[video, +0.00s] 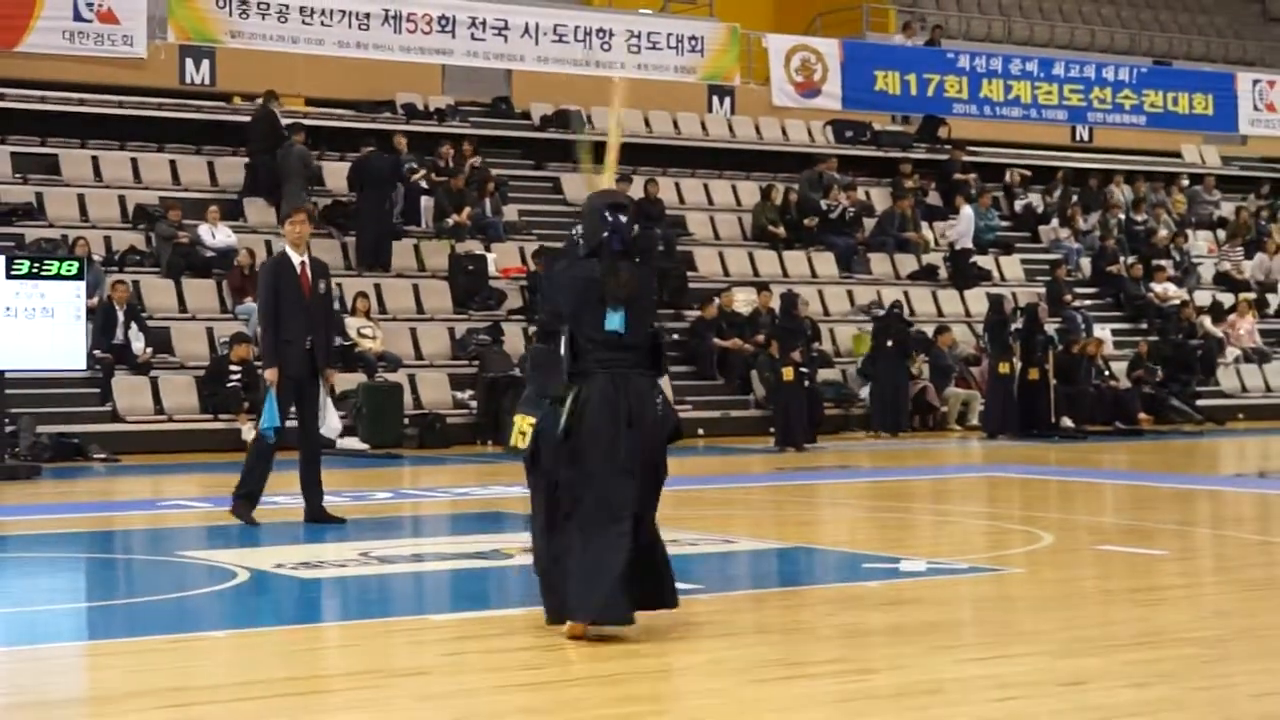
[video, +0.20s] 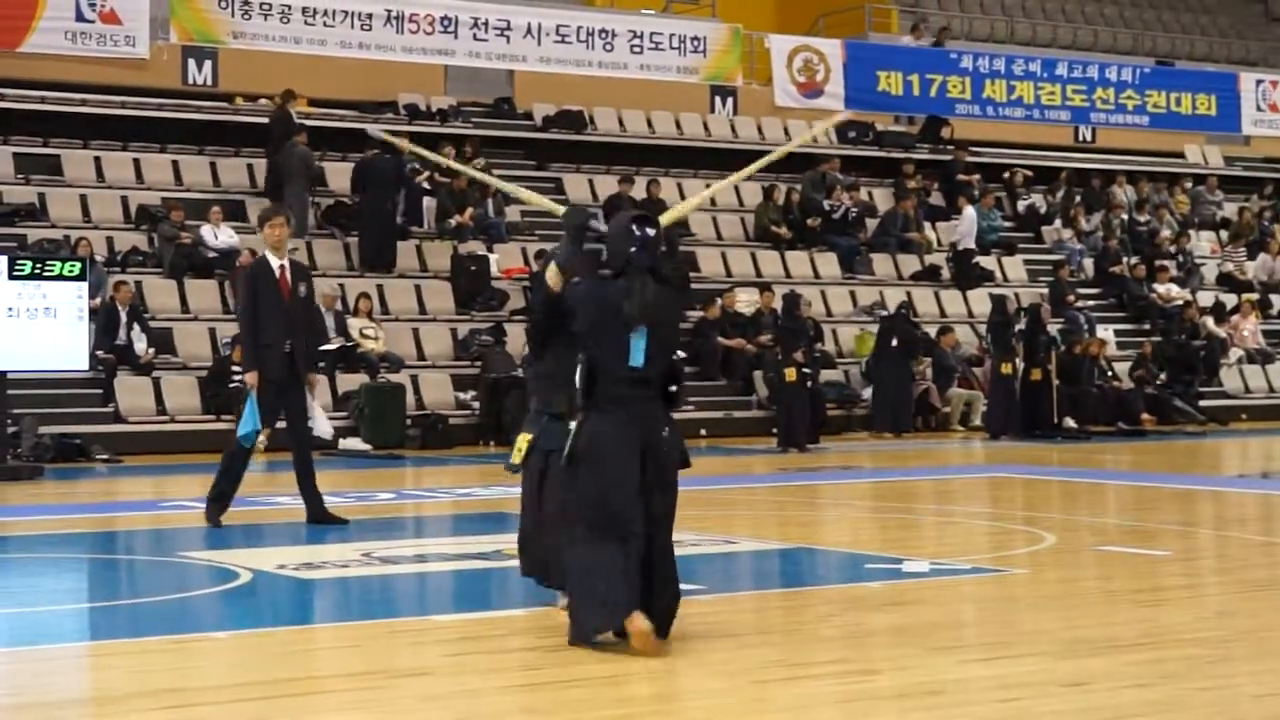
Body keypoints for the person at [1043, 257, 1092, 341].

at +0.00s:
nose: (1065, 271)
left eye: (1065, 269)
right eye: (1062, 269)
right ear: (1056, 270)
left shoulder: (1065, 282)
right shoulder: (1053, 283)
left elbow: (1073, 294)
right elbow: (1066, 299)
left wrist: (1069, 297)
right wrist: (1073, 295)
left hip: (1069, 306)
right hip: (1058, 308)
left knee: (1087, 316)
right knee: (1075, 318)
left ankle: (1090, 339)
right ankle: (1077, 341)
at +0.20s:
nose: (1068, 272)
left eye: (1068, 269)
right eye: (1065, 270)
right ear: (1059, 271)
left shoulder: (1067, 283)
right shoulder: (1056, 284)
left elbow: (1076, 294)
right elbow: (1070, 299)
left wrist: (1072, 297)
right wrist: (1075, 294)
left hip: (1072, 307)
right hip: (1061, 309)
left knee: (1090, 317)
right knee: (1079, 318)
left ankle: (1093, 341)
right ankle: (1081, 342)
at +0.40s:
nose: (1067, 272)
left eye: (1067, 269)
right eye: (1065, 269)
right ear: (1059, 271)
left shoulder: (1066, 283)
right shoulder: (1056, 284)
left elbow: (1076, 294)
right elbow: (1069, 299)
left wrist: (1071, 297)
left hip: (1071, 306)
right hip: (1060, 309)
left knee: (1089, 317)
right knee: (1078, 317)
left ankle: (1093, 340)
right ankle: (1082, 341)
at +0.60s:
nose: (1067, 272)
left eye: (1067, 269)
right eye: (1064, 269)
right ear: (1058, 271)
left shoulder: (1066, 283)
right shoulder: (1055, 284)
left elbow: (1075, 294)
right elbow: (1069, 299)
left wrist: (1071, 297)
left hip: (1071, 307)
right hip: (1061, 309)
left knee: (1090, 317)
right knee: (1078, 318)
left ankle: (1093, 340)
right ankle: (1081, 342)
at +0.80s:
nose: (1068, 271)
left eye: (1068, 269)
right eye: (1065, 269)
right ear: (1059, 271)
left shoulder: (1067, 283)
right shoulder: (1056, 284)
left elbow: (1076, 294)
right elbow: (1070, 299)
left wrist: (1072, 297)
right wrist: (1075, 294)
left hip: (1072, 306)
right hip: (1061, 309)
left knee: (1090, 317)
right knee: (1079, 317)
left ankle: (1093, 340)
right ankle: (1082, 341)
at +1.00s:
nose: (1067, 271)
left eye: (1068, 268)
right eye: (1064, 269)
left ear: (1070, 270)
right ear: (1058, 270)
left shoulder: (1069, 283)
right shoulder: (1056, 284)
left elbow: (1079, 294)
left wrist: (1075, 297)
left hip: (1074, 306)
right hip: (1063, 308)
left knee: (1092, 316)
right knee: (1080, 317)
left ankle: (1094, 339)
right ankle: (1084, 340)